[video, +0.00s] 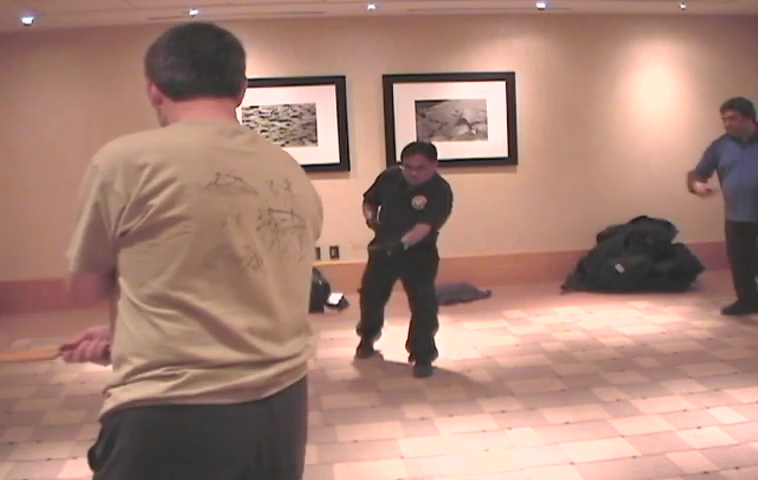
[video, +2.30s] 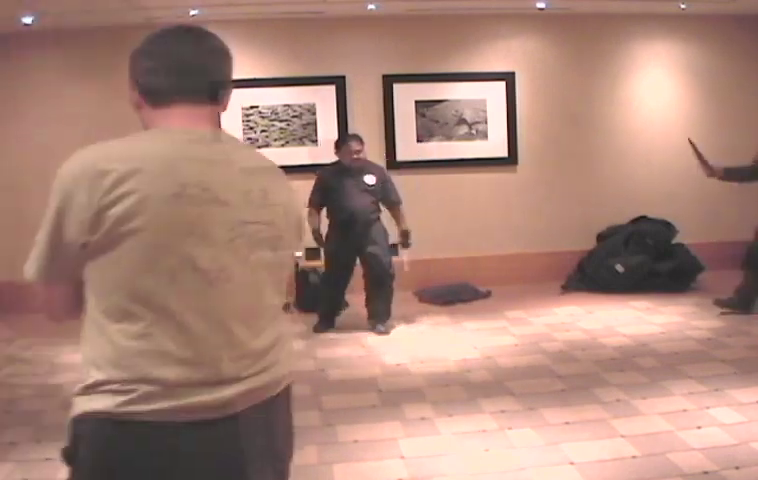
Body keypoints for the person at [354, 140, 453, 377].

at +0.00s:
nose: (413, 174)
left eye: (420, 168)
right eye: (408, 167)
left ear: (434, 166)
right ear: (401, 164)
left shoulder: (441, 191)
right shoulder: (389, 178)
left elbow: (426, 225)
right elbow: (369, 201)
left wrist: (400, 244)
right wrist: (371, 221)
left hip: (419, 251)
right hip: (384, 247)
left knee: (423, 304)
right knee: (370, 295)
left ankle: (423, 357)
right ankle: (367, 338)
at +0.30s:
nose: (415, 175)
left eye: (422, 169)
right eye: (410, 169)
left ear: (434, 167)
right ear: (402, 167)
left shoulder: (443, 191)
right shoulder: (388, 181)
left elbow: (442, 231)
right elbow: (367, 208)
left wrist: (423, 257)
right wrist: (375, 232)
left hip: (422, 252)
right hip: (386, 249)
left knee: (425, 306)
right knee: (371, 298)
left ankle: (423, 358)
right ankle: (366, 337)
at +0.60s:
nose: (406, 166)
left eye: (411, 161)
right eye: (399, 162)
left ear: (421, 162)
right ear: (390, 163)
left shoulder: (431, 186)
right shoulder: (377, 182)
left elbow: (447, 228)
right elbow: (354, 216)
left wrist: (455, 261)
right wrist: (349, 247)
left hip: (415, 251)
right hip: (379, 251)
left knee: (424, 304)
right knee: (371, 300)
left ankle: (423, 357)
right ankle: (374, 339)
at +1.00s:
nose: (377, 162)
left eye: (380, 156)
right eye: (370, 159)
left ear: (387, 154)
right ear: (359, 162)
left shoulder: (404, 179)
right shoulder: (348, 183)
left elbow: (426, 215)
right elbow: (331, 218)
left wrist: (441, 242)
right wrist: (332, 248)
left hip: (400, 245)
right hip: (364, 248)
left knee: (412, 296)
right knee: (369, 299)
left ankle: (421, 345)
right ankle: (378, 339)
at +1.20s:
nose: (374, 155)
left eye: (375, 149)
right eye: (366, 153)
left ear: (379, 148)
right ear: (354, 157)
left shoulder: (399, 173)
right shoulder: (345, 179)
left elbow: (412, 210)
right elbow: (328, 215)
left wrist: (413, 244)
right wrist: (330, 246)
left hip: (396, 237)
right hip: (364, 240)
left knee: (409, 283)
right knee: (370, 290)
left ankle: (402, 328)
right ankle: (377, 336)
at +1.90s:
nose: (378, 156)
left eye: (379, 152)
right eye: (372, 154)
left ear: (383, 150)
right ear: (358, 156)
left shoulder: (394, 173)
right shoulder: (345, 174)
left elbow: (408, 205)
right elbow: (327, 206)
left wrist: (416, 231)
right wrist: (323, 236)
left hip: (385, 230)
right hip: (355, 231)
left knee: (390, 273)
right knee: (352, 275)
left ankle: (378, 322)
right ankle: (351, 327)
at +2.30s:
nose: (356, 156)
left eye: (359, 152)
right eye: (351, 153)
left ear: (364, 151)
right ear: (338, 153)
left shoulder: (376, 172)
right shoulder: (327, 175)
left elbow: (393, 203)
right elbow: (314, 207)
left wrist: (402, 228)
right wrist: (315, 230)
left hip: (371, 230)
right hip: (339, 232)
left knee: (381, 271)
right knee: (334, 275)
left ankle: (379, 318)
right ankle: (326, 318)